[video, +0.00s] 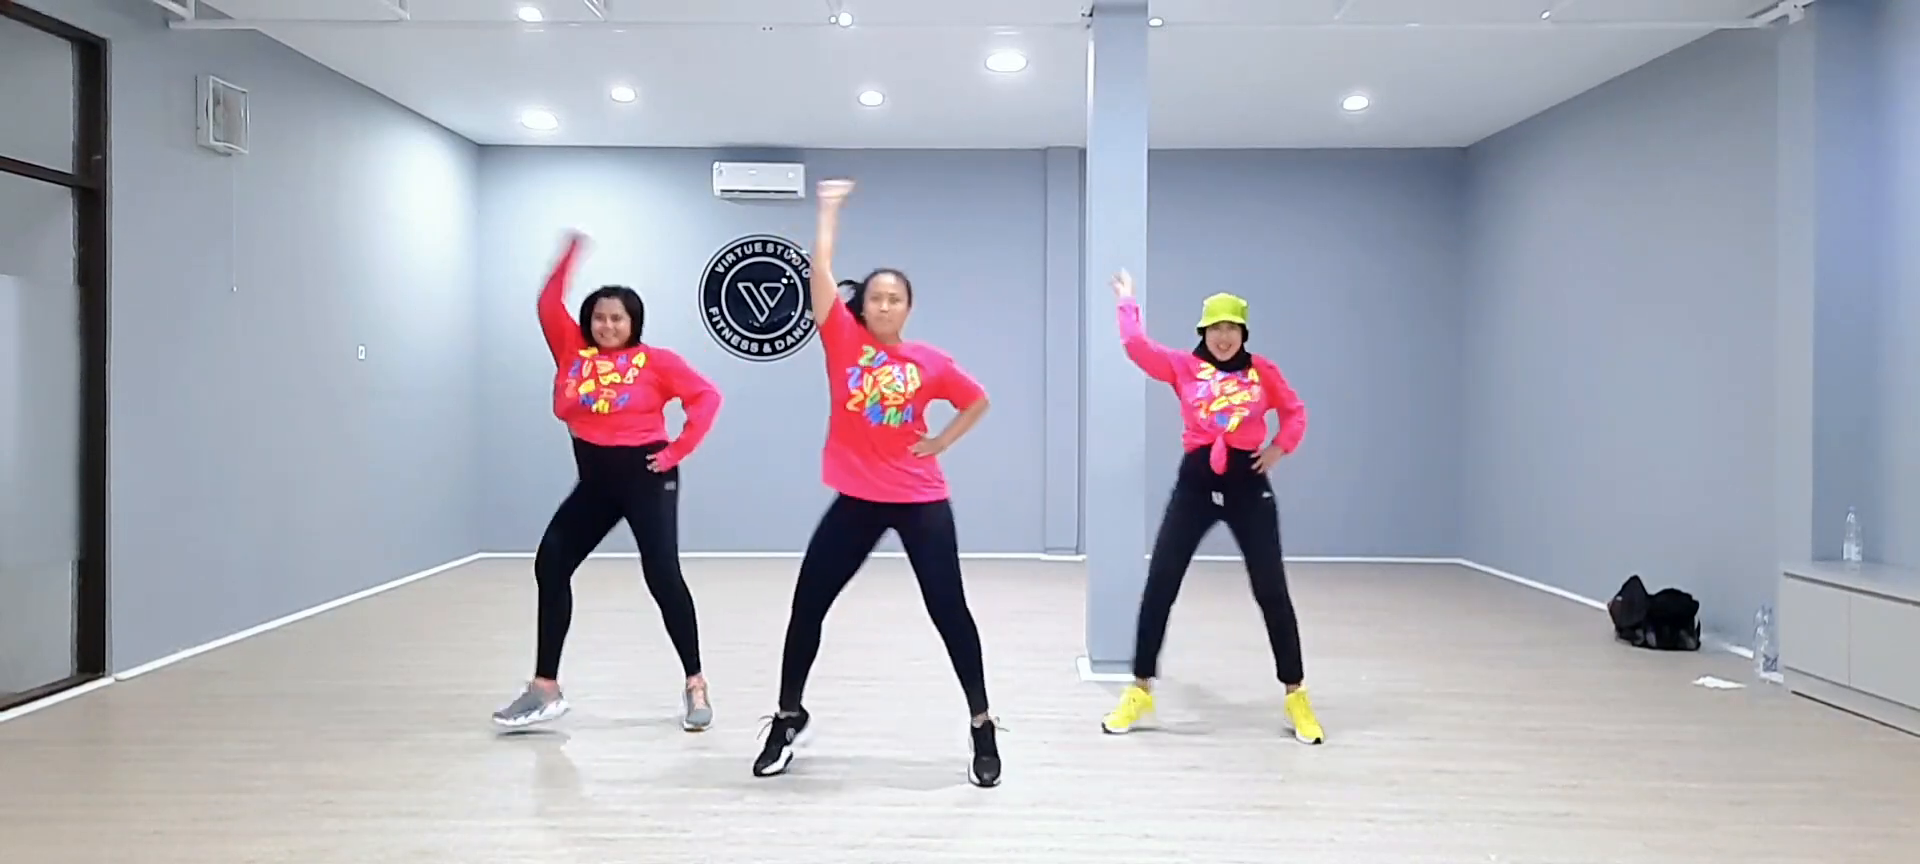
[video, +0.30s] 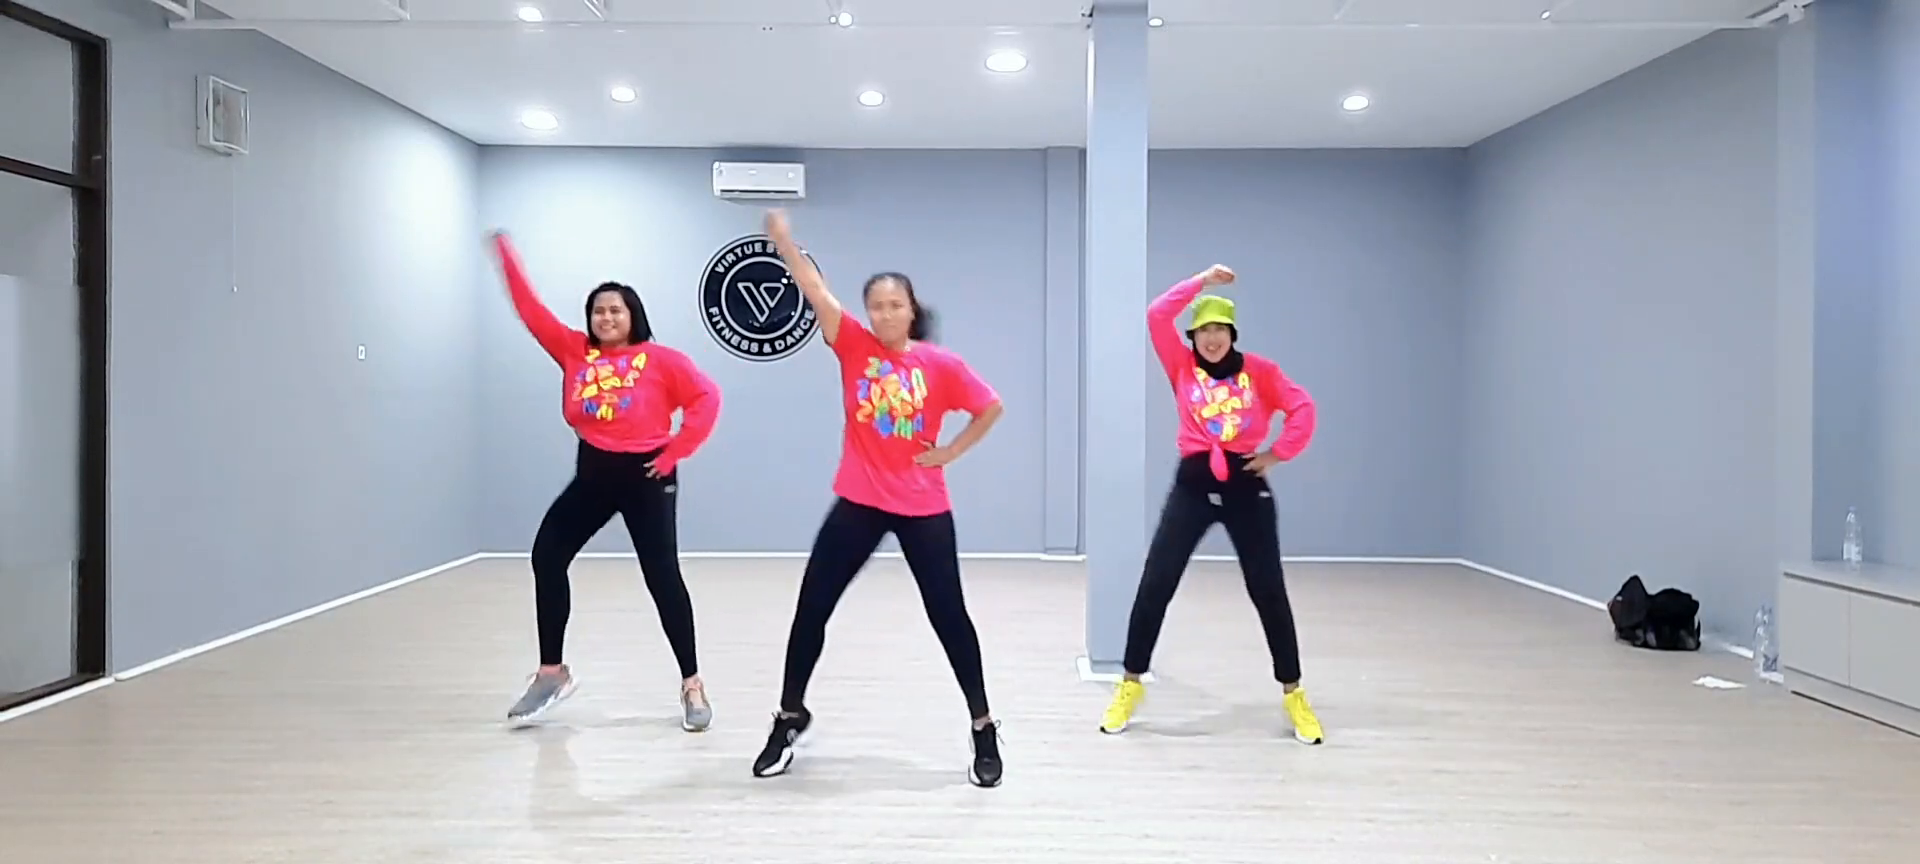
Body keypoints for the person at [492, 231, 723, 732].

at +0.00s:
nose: (609, 323)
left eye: (619, 317)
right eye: (600, 316)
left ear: (633, 323)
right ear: (589, 322)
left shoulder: (655, 362)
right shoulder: (573, 355)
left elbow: (708, 398)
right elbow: (548, 305)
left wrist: (679, 449)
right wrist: (568, 258)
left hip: (648, 478)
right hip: (595, 481)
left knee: (662, 575)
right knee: (551, 563)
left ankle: (695, 683)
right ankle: (545, 686)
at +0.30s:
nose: (607, 317)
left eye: (616, 310)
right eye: (598, 311)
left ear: (633, 317)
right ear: (590, 319)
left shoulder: (660, 359)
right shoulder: (575, 353)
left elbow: (707, 398)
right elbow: (531, 310)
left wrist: (678, 449)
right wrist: (507, 256)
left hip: (647, 479)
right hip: (593, 478)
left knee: (662, 575)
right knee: (547, 556)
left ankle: (692, 684)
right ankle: (551, 671)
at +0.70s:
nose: (598, 310)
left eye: (608, 304)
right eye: (591, 303)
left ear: (624, 313)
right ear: (579, 311)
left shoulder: (649, 355)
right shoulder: (558, 357)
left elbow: (688, 393)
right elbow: (521, 409)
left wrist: (681, 447)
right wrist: (549, 383)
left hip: (633, 472)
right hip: (576, 473)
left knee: (646, 568)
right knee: (570, 575)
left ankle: (666, 679)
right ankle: (560, 672)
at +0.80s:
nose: (607, 303)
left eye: (617, 297)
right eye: (599, 297)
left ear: (634, 308)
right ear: (587, 307)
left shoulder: (663, 348)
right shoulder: (568, 349)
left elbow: (691, 385)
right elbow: (539, 408)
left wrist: (690, 440)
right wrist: (588, 390)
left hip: (646, 463)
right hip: (588, 463)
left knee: (650, 570)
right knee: (564, 560)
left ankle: (652, 683)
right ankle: (589, 636)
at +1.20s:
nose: (625, 307)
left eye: (633, 300)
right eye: (615, 301)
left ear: (647, 310)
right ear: (600, 312)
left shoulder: (668, 357)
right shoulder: (575, 353)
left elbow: (694, 415)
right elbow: (522, 389)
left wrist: (697, 407)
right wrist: (559, 441)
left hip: (652, 473)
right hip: (597, 469)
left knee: (656, 583)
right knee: (636, 575)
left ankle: (649, 690)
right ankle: (610, 708)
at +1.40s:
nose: (618, 332)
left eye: (624, 325)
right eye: (605, 326)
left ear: (633, 336)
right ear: (584, 338)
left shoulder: (639, 383)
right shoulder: (578, 389)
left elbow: (659, 438)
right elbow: (560, 452)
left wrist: (668, 465)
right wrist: (632, 444)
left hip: (626, 502)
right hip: (588, 503)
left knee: (660, 602)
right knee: (619, 614)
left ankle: (626, 711)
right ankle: (583, 753)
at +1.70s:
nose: (616, 315)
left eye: (613, 309)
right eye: (613, 309)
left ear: (557, 310)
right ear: (605, 310)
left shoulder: (529, 353)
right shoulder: (621, 346)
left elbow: (498, 410)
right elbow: (666, 405)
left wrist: (529, 452)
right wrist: (642, 393)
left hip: (542, 468)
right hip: (600, 463)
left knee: (569, 587)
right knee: (613, 592)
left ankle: (555, 717)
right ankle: (593, 726)